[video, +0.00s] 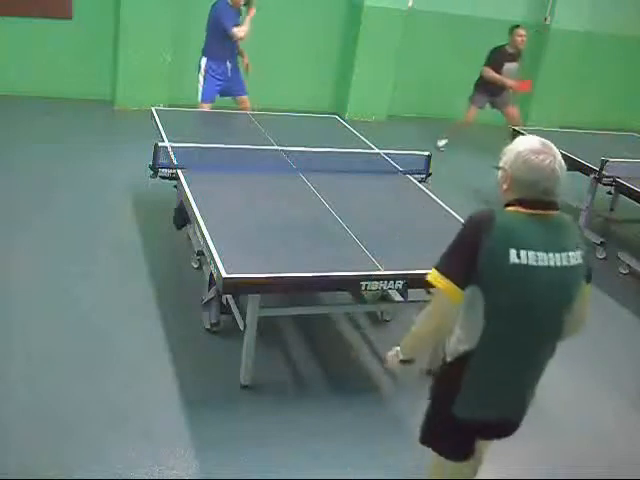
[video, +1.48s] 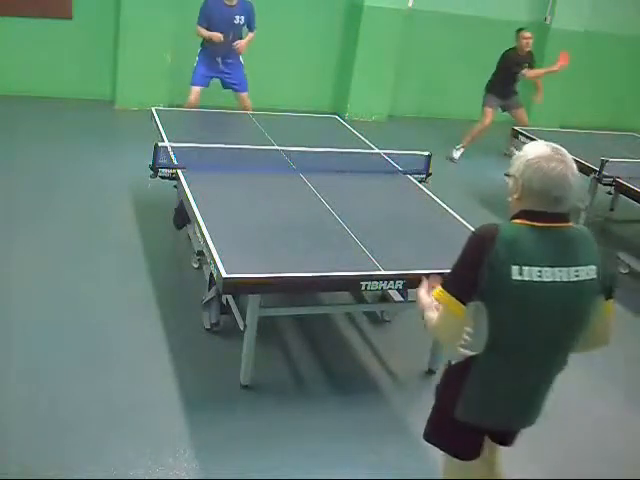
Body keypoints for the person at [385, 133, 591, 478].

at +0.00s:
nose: (499, 177)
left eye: (501, 172)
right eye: (502, 170)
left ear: (507, 182)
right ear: (554, 182)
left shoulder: (485, 227)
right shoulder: (570, 232)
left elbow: (442, 312)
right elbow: (575, 319)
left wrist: (405, 353)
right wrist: (531, 336)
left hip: (471, 374)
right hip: (524, 372)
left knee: (450, 459)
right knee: (476, 443)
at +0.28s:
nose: (499, 191)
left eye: (501, 184)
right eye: (501, 183)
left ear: (508, 194)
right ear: (557, 195)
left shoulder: (488, 250)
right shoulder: (583, 243)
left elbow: (457, 347)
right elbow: (593, 337)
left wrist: (436, 381)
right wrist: (551, 356)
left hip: (483, 401)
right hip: (541, 399)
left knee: (463, 469)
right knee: (484, 460)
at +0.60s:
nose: (519, 194)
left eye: (521, 186)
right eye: (520, 186)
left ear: (532, 197)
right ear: (580, 202)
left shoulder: (517, 260)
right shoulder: (601, 248)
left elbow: (484, 362)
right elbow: (611, 338)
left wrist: (441, 396)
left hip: (497, 415)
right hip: (555, 410)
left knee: (472, 471)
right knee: (520, 471)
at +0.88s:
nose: (536, 195)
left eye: (538, 187)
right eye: (537, 186)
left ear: (549, 196)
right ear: (600, 199)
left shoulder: (534, 253)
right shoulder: (620, 250)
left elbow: (503, 360)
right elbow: (631, 343)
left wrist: (457, 394)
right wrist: (585, 367)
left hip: (514, 416)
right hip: (574, 419)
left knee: (466, 469)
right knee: (542, 474)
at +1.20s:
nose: (530, 188)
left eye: (533, 181)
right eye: (532, 181)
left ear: (543, 191)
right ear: (592, 196)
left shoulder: (519, 245)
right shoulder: (611, 248)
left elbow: (486, 349)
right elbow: (623, 343)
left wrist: (452, 369)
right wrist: (577, 359)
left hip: (503, 397)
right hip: (563, 399)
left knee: (468, 470)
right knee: (525, 472)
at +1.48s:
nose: (508, 188)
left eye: (511, 181)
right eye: (511, 180)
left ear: (519, 189)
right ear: (568, 192)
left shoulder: (492, 239)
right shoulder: (588, 246)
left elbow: (446, 330)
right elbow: (599, 333)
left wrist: (426, 303)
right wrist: (548, 340)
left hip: (479, 380)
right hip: (535, 381)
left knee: (462, 463)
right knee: (489, 450)